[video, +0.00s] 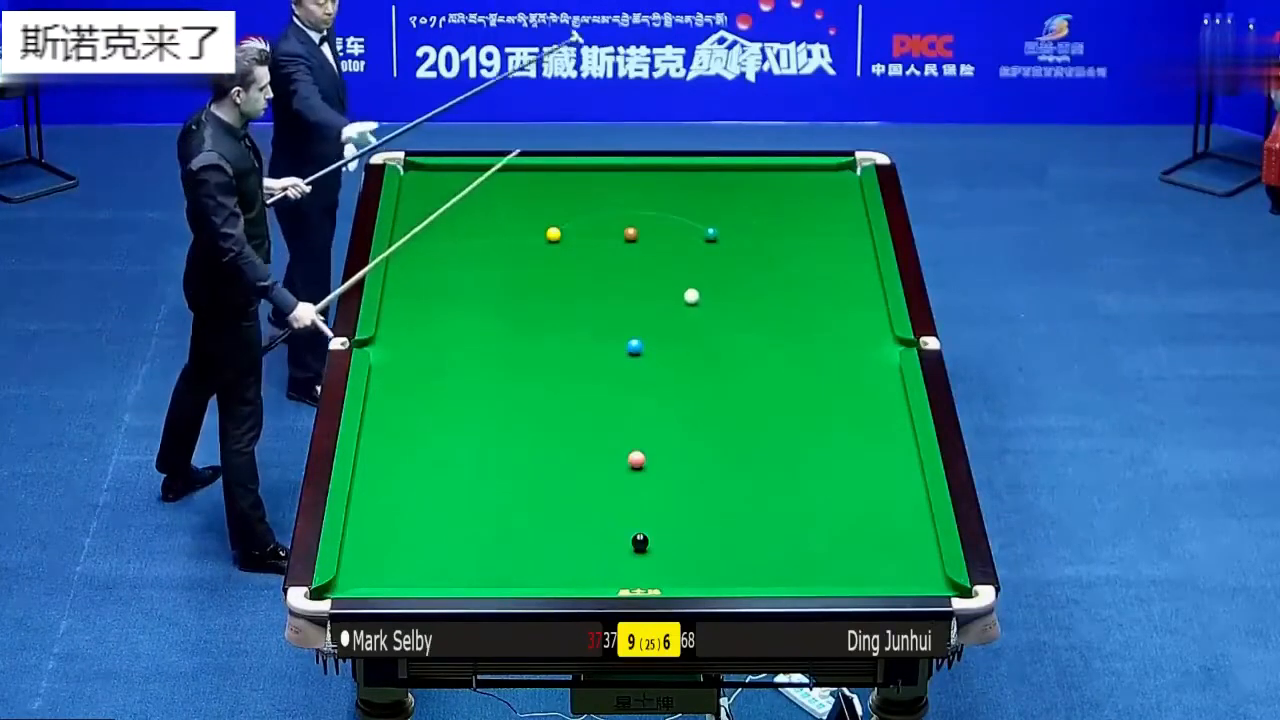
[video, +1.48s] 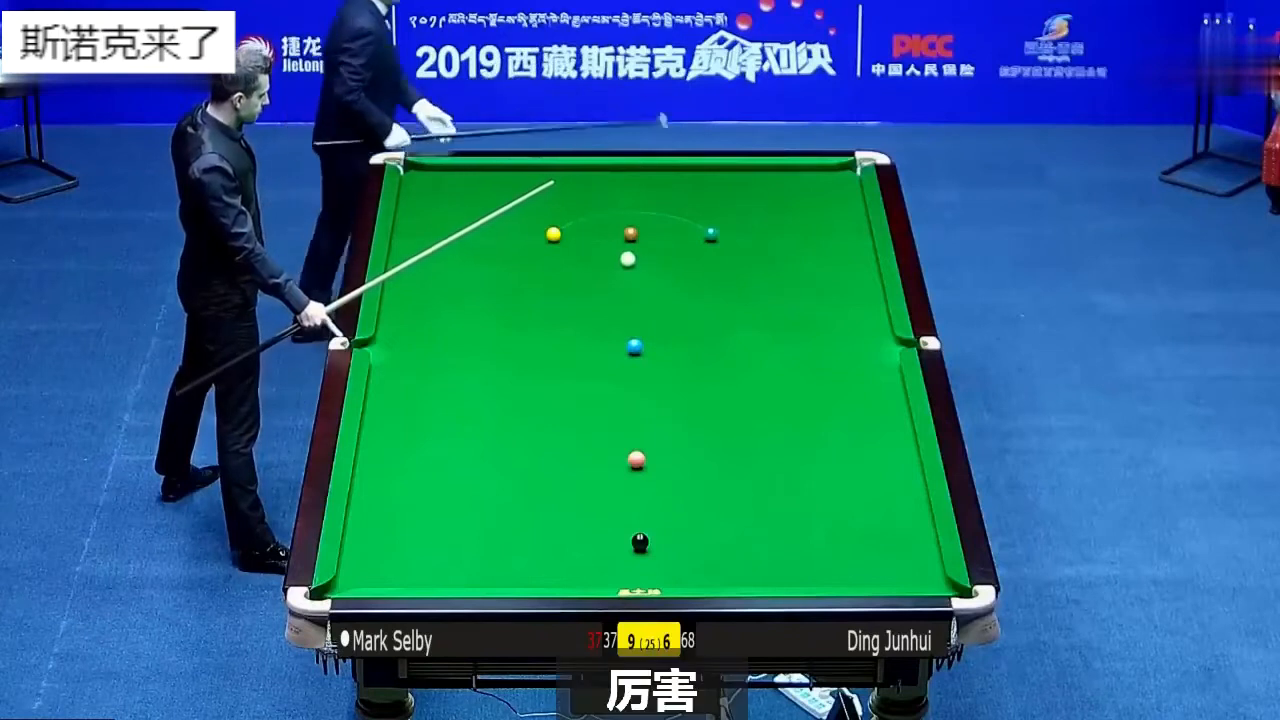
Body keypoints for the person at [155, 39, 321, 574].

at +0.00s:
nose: (269, 96)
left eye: (268, 86)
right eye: (262, 89)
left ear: (237, 89)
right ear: (234, 93)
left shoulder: (221, 122)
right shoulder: (210, 161)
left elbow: (228, 187)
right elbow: (233, 246)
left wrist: (265, 189)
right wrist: (287, 302)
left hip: (218, 284)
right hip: (229, 296)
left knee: (200, 375)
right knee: (242, 424)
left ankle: (176, 471)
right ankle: (253, 545)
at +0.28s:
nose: (267, 94)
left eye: (266, 85)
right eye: (260, 87)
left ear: (232, 86)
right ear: (234, 91)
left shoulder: (212, 123)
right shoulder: (214, 161)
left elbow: (221, 190)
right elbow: (244, 244)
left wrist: (261, 190)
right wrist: (301, 301)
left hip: (215, 282)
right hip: (230, 296)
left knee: (196, 379)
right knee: (241, 425)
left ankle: (175, 472)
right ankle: (253, 546)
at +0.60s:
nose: (267, 95)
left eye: (265, 86)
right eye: (261, 87)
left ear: (231, 86)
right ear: (238, 91)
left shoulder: (207, 122)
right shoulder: (214, 160)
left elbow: (225, 188)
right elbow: (244, 245)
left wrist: (267, 190)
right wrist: (302, 301)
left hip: (212, 280)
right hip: (230, 294)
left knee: (195, 379)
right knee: (241, 424)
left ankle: (175, 472)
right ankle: (253, 545)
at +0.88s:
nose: (266, 96)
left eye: (265, 87)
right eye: (260, 89)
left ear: (229, 88)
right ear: (234, 92)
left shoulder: (203, 121)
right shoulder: (213, 164)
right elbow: (245, 247)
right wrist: (301, 300)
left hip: (209, 280)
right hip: (227, 294)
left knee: (194, 378)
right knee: (241, 426)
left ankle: (175, 472)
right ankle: (253, 546)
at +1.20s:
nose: (267, 100)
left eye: (267, 91)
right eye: (262, 92)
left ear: (229, 89)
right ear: (237, 94)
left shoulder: (202, 121)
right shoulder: (212, 165)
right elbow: (246, 247)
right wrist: (302, 301)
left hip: (206, 281)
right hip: (226, 296)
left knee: (193, 379)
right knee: (240, 425)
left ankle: (175, 472)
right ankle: (253, 546)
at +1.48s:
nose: (267, 103)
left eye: (267, 94)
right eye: (262, 95)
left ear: (228, 93)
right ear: (237, 98)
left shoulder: (200, 122)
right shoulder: (211, 169)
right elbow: (245, 248)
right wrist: (301, 301)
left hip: (206, 284)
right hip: (226, 298)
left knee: (192, 379)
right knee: (239, 426)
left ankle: (175, 472)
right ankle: (253, 546)